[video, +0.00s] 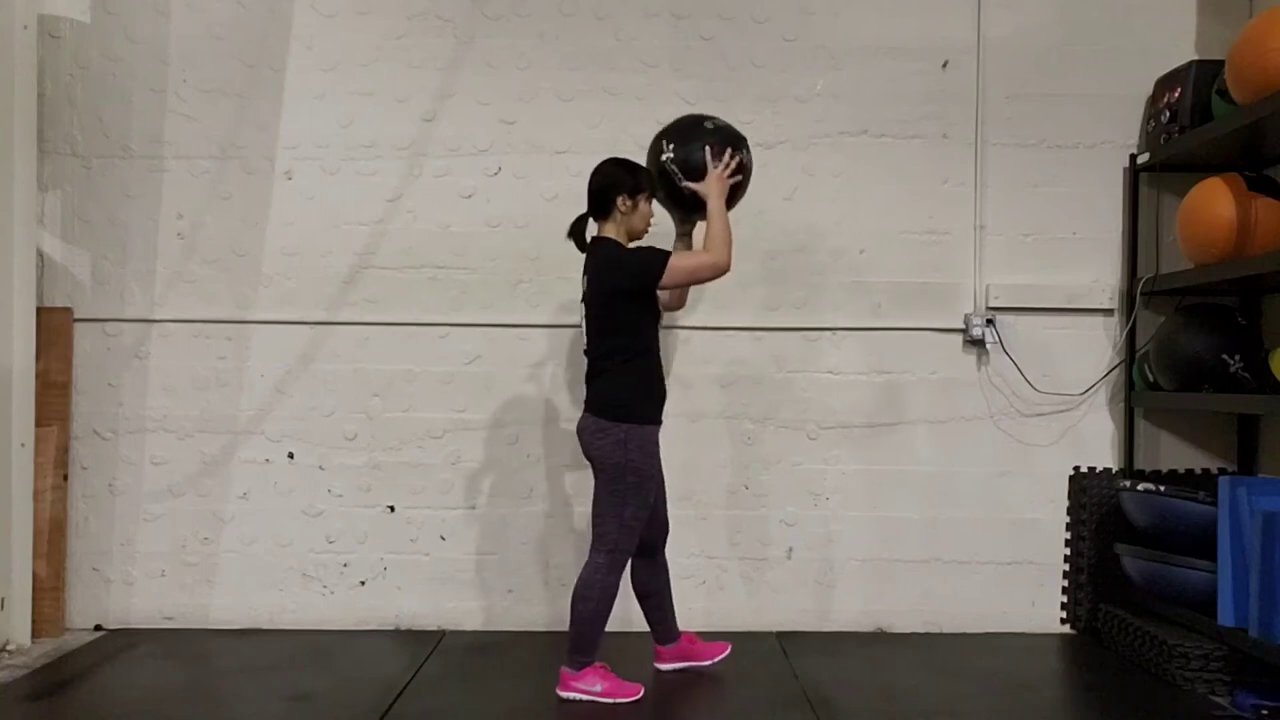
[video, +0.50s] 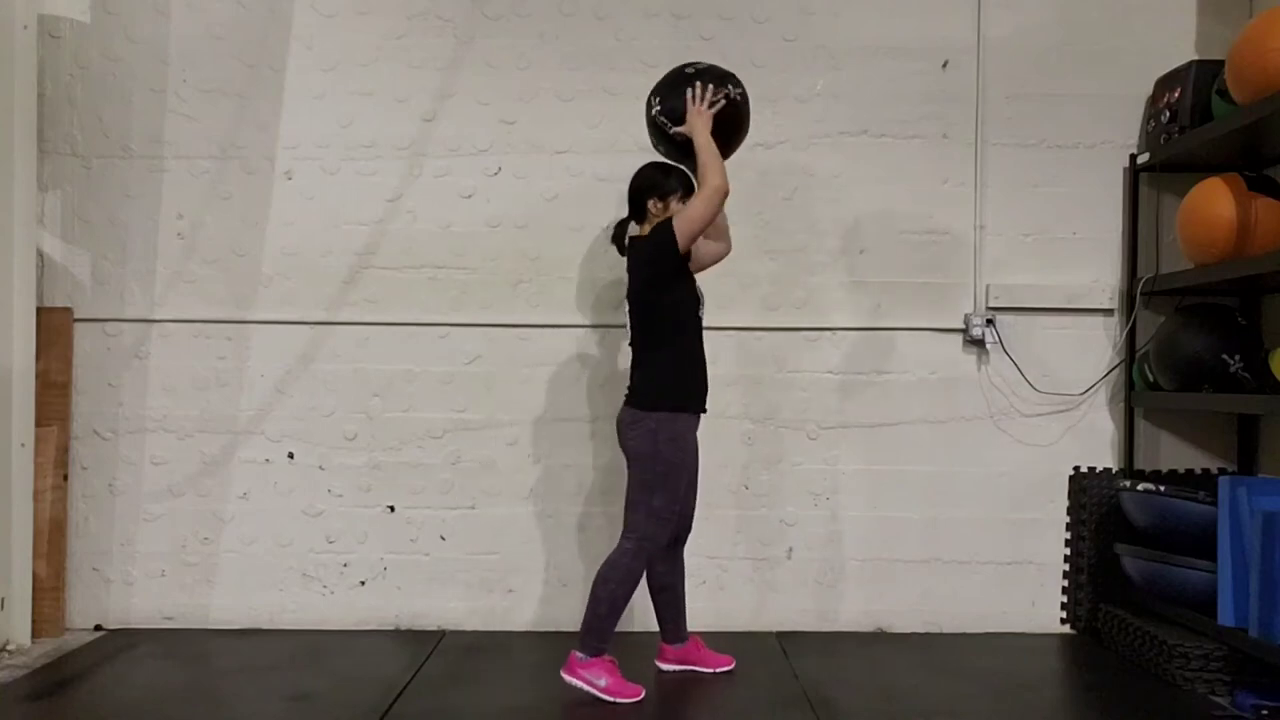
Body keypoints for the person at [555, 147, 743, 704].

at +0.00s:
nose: (650, 212)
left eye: (649, 204)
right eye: (646, 203)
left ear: (609, 207)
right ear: (625, 204)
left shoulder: (612, 261)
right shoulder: (616, 261)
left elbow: (672, 300)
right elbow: (716, 260)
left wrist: (686, 228)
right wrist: (716, 199)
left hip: (631, 427)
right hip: (619, 430)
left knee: (651, 538)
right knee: (612, 547)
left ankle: (669, 644)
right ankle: (579, 667)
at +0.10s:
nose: (659, 211)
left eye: (658, 203)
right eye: (655, 202)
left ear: (620, 207)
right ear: (632, 206)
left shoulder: (629, 257)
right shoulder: (620, 259)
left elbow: (680, 287)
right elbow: (721, 243)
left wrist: (698, 210)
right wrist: (719, 183)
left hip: (640, 426)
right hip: (626, 428)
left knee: (655, 539)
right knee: (621, 545)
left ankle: (674, 645)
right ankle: (580, 666)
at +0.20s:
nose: (668, 212)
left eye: (667, 203)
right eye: (663, 201)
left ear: (629, 207)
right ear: (641, 204)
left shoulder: (634, 257)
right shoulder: (633, 258)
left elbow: (688, 274)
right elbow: (726, 230)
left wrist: (697, 195)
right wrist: (719, 169)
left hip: (652, 423)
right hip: (639, 426)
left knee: (663, 534)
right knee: (631, 542)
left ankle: (675, 644)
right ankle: (583, 662)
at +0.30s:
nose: (676, 210)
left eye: (675, 201)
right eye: (670, 200)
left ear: (636, 206)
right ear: (646, 204)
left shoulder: (641, 256)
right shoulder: (644, 255)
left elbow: (696, 260)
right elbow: (729, 218)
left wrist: (712, 174)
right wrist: (718, 159)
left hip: (660, 422)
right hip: (650, 425)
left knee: (671, 530)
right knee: (643, 542)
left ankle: (676, 644)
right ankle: (586, 658)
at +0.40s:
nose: (685, 209)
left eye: (683, 200)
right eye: (680, 200)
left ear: (642, 208)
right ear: (657, 205)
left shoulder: (651, 256)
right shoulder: (651, 253)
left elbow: (705, 253)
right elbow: (725, 204)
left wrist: (713, 168)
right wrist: (713, 145)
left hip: (665, 420)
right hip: (657, 422)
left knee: (671, 532)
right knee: (649, 540)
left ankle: (676, 644)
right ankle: (589, 655)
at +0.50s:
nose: (696, 210)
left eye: (693, 202)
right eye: (690, 200)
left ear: (654, 207)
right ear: (669, 203)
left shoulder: (665, 256)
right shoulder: (653, 250)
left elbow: (718, 245)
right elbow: (714, 191)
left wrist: (711, 174)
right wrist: (700, 131)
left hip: (674, 420)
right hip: (656, 420)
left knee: (671, 535)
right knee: (641, 539)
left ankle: (676, 644)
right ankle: (587, 655)